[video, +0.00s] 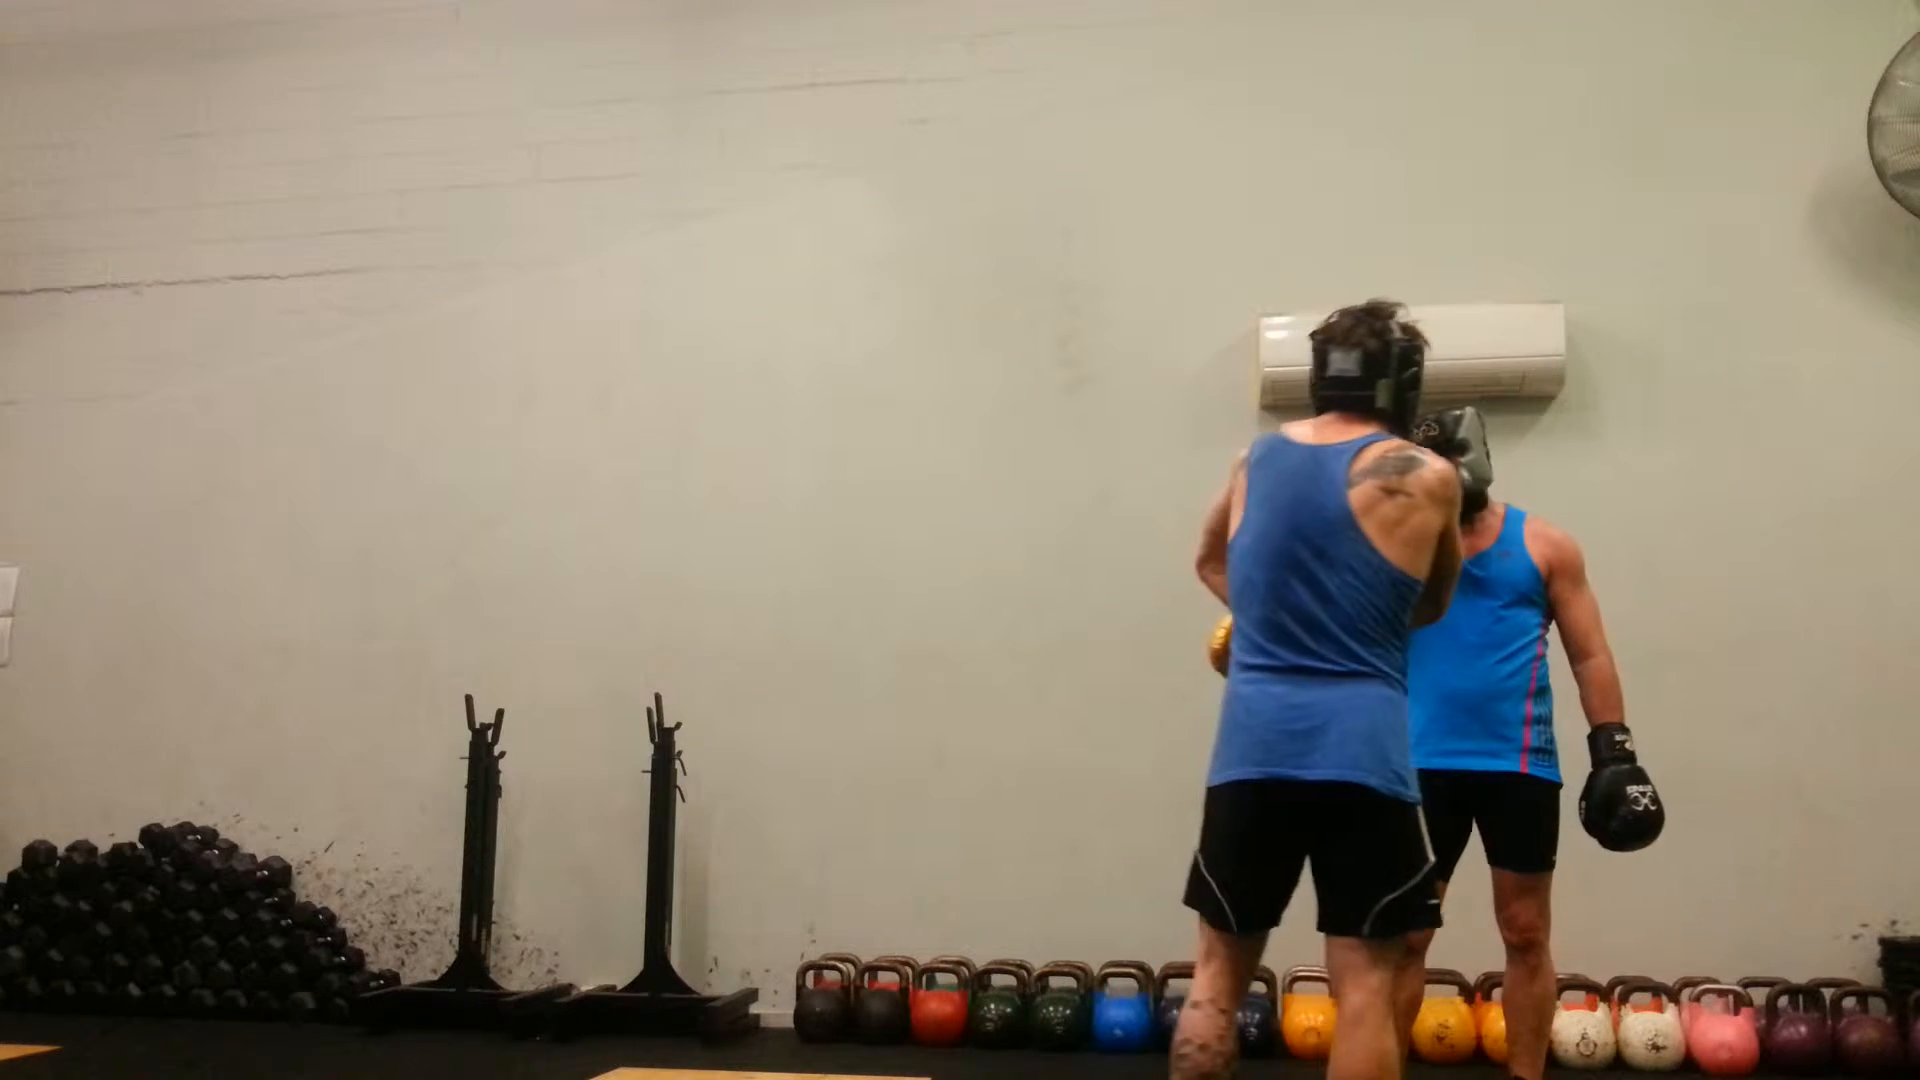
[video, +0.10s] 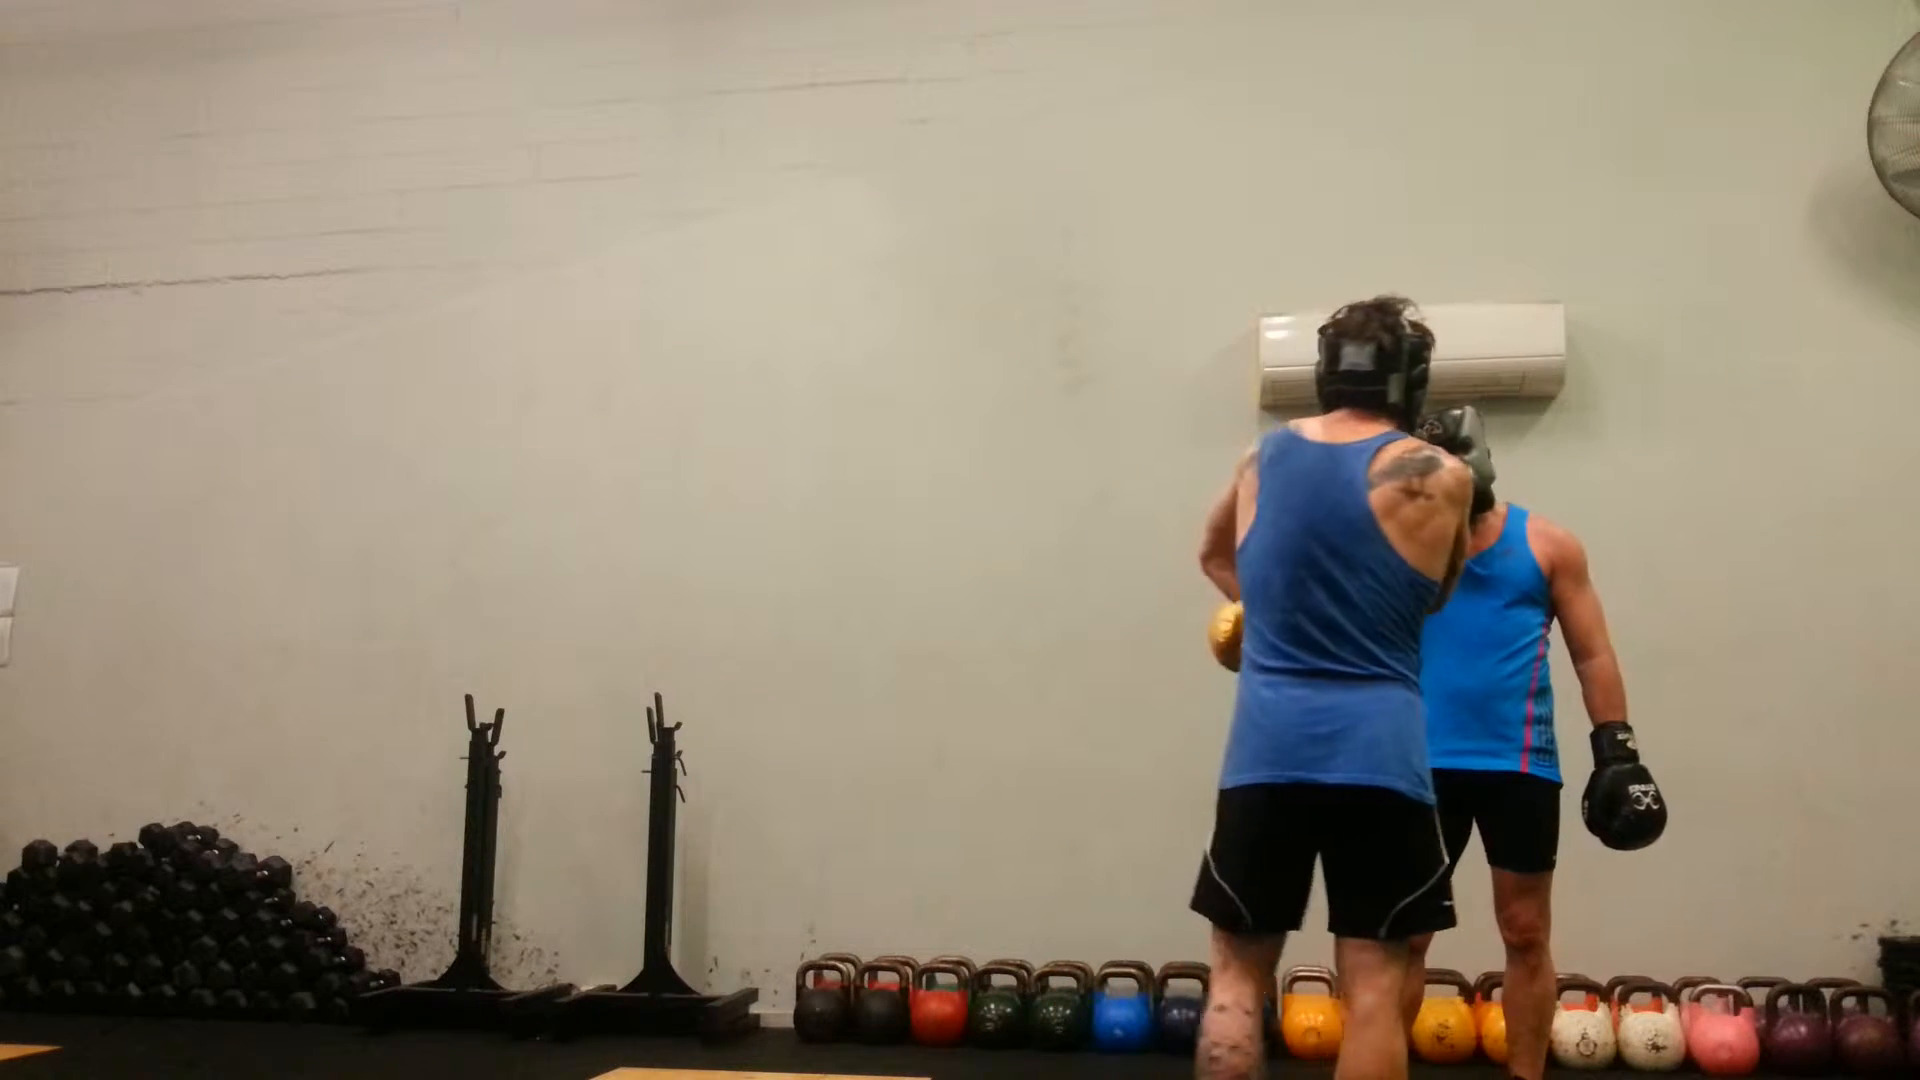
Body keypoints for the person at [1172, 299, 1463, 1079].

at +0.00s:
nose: (1419, 385)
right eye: (1416, 374)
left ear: (1318, 375)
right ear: (1406, 384)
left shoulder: (1258, 456)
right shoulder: (1430, 476)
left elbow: (1211, 562)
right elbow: (1431, 601)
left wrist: (1285, 621)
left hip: (1251, 758)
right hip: (1364, 762)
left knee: (1216, 975)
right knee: (1363, 985)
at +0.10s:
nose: (1423, 380)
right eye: (1420, 370)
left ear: (1324, 374)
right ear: (1413, 382)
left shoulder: (1266, 455)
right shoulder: (1443, 476)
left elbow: (1215, 554)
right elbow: (1434, 583)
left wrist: (1287, 612)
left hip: (1264, 761)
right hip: (1379, 765)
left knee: (1237, 979)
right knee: (1374, 993)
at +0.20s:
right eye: (1419, 363)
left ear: (1326, 369)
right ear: (1415, 374)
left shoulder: (1265, 452)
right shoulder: (1449, 473)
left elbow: (1213, 549)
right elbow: (1444, 561)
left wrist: (1274, 602)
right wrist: (1467, 461)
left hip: (1276, 764)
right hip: (1392, 769)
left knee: (1258, 986)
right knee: (1382, 997)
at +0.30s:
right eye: (1412, 364)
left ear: (1324, 371)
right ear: (1413, 373)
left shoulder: (1266, 452)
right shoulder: (1457, 472)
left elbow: (1206, 544)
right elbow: (1471, 537)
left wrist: (1257, 596)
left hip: (1287, 766)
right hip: (1404, 770)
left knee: (1279, 999)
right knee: (1387, 1001)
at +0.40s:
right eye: (1407, 359)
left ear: (1318, 368)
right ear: (1408, 370)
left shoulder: (1265, 453)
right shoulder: (1456, 469)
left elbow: (1199, 538)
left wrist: (1256, 588)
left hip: (1294, 767)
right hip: (1411, 769)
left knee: (1292, 1003)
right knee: (1389, 1004)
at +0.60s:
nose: (1292, 373)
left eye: (1293, 362)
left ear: (1301, 366)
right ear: (1393, 364)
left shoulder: (1264, 450)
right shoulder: (1456, 460)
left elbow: (1193, 562)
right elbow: (1446, 567)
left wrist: (1243, 591)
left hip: (1299, 756)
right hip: (1416, 760)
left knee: (1309, 995)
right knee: (1392, 1000)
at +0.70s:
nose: (1272, 383)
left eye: (1274, 371)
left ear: (1289, 368)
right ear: (1375, 361)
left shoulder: (1263, 452)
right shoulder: (1457, 459)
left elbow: (1197, 579)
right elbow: (1464, 612)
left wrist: (1256, 603)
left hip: (1304, 757)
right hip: (1421, 761)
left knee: (1316, 1009)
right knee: (1392, 1004)